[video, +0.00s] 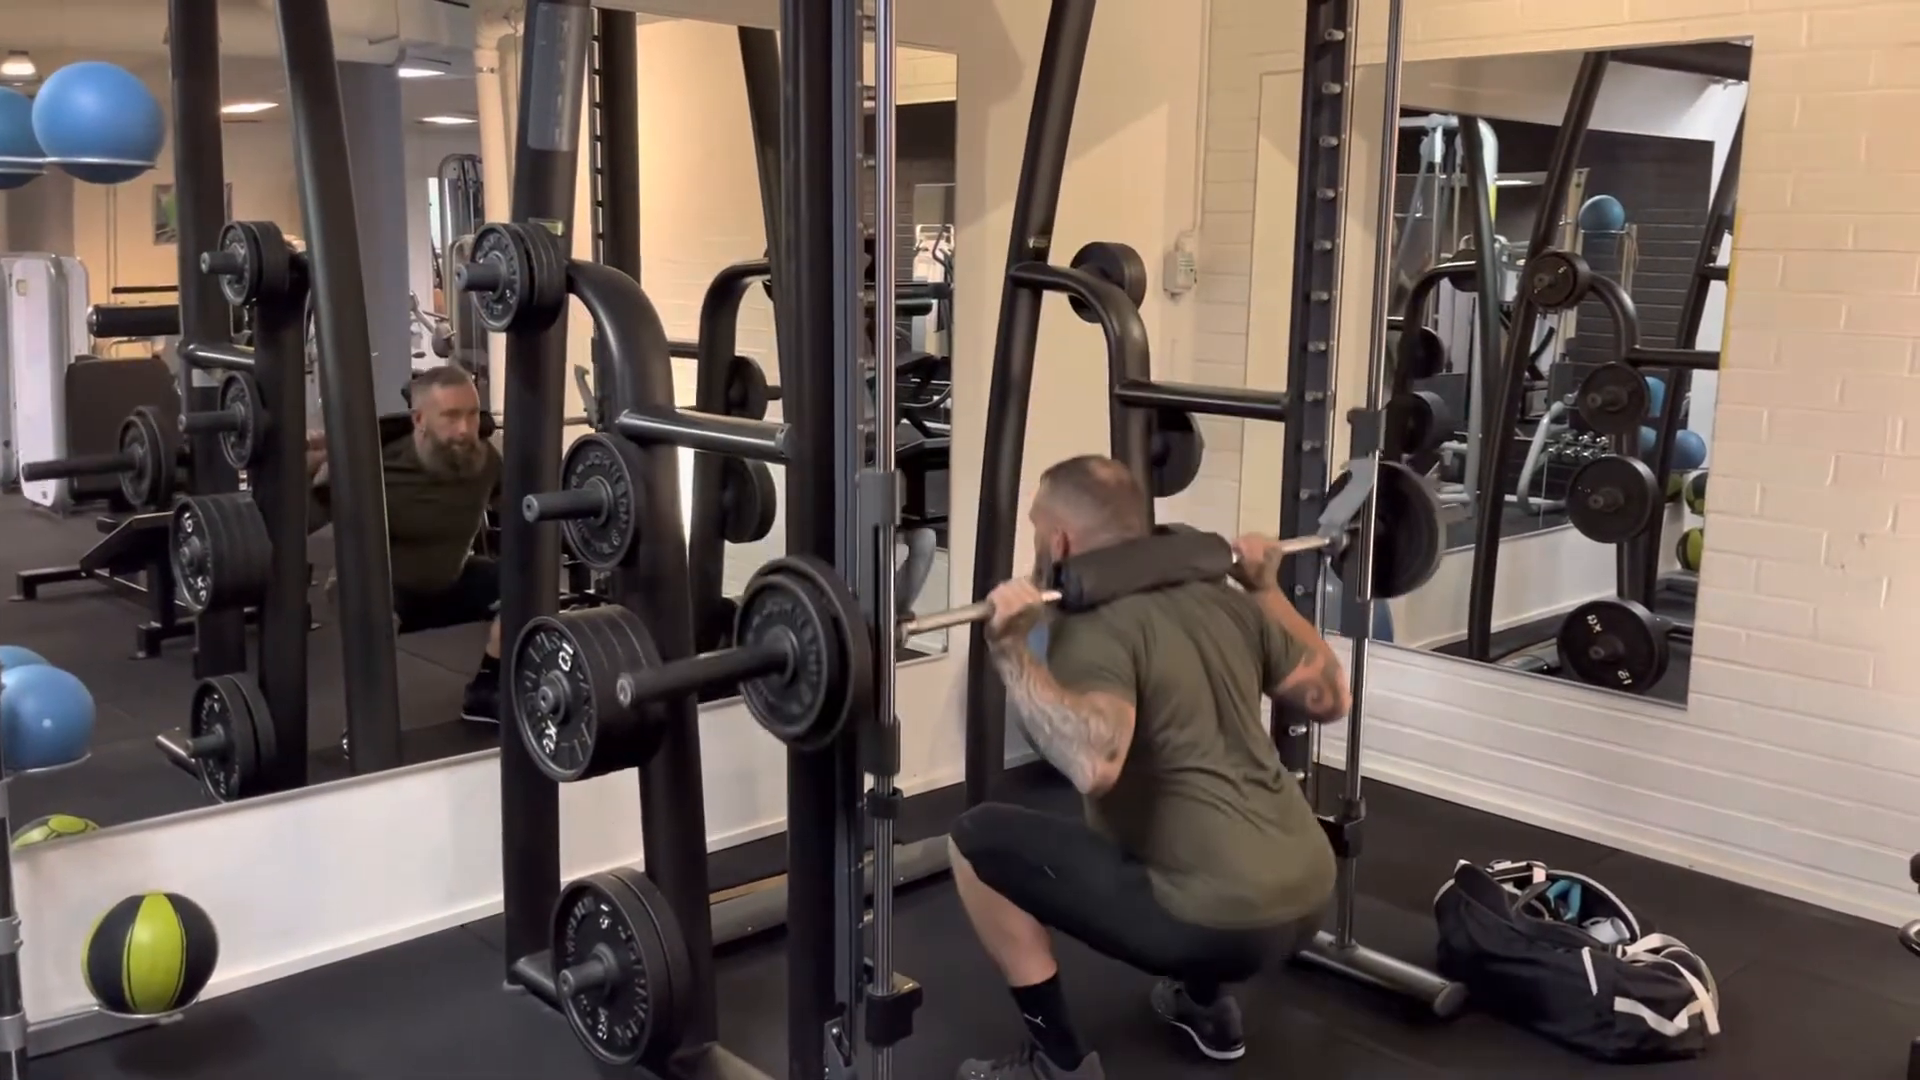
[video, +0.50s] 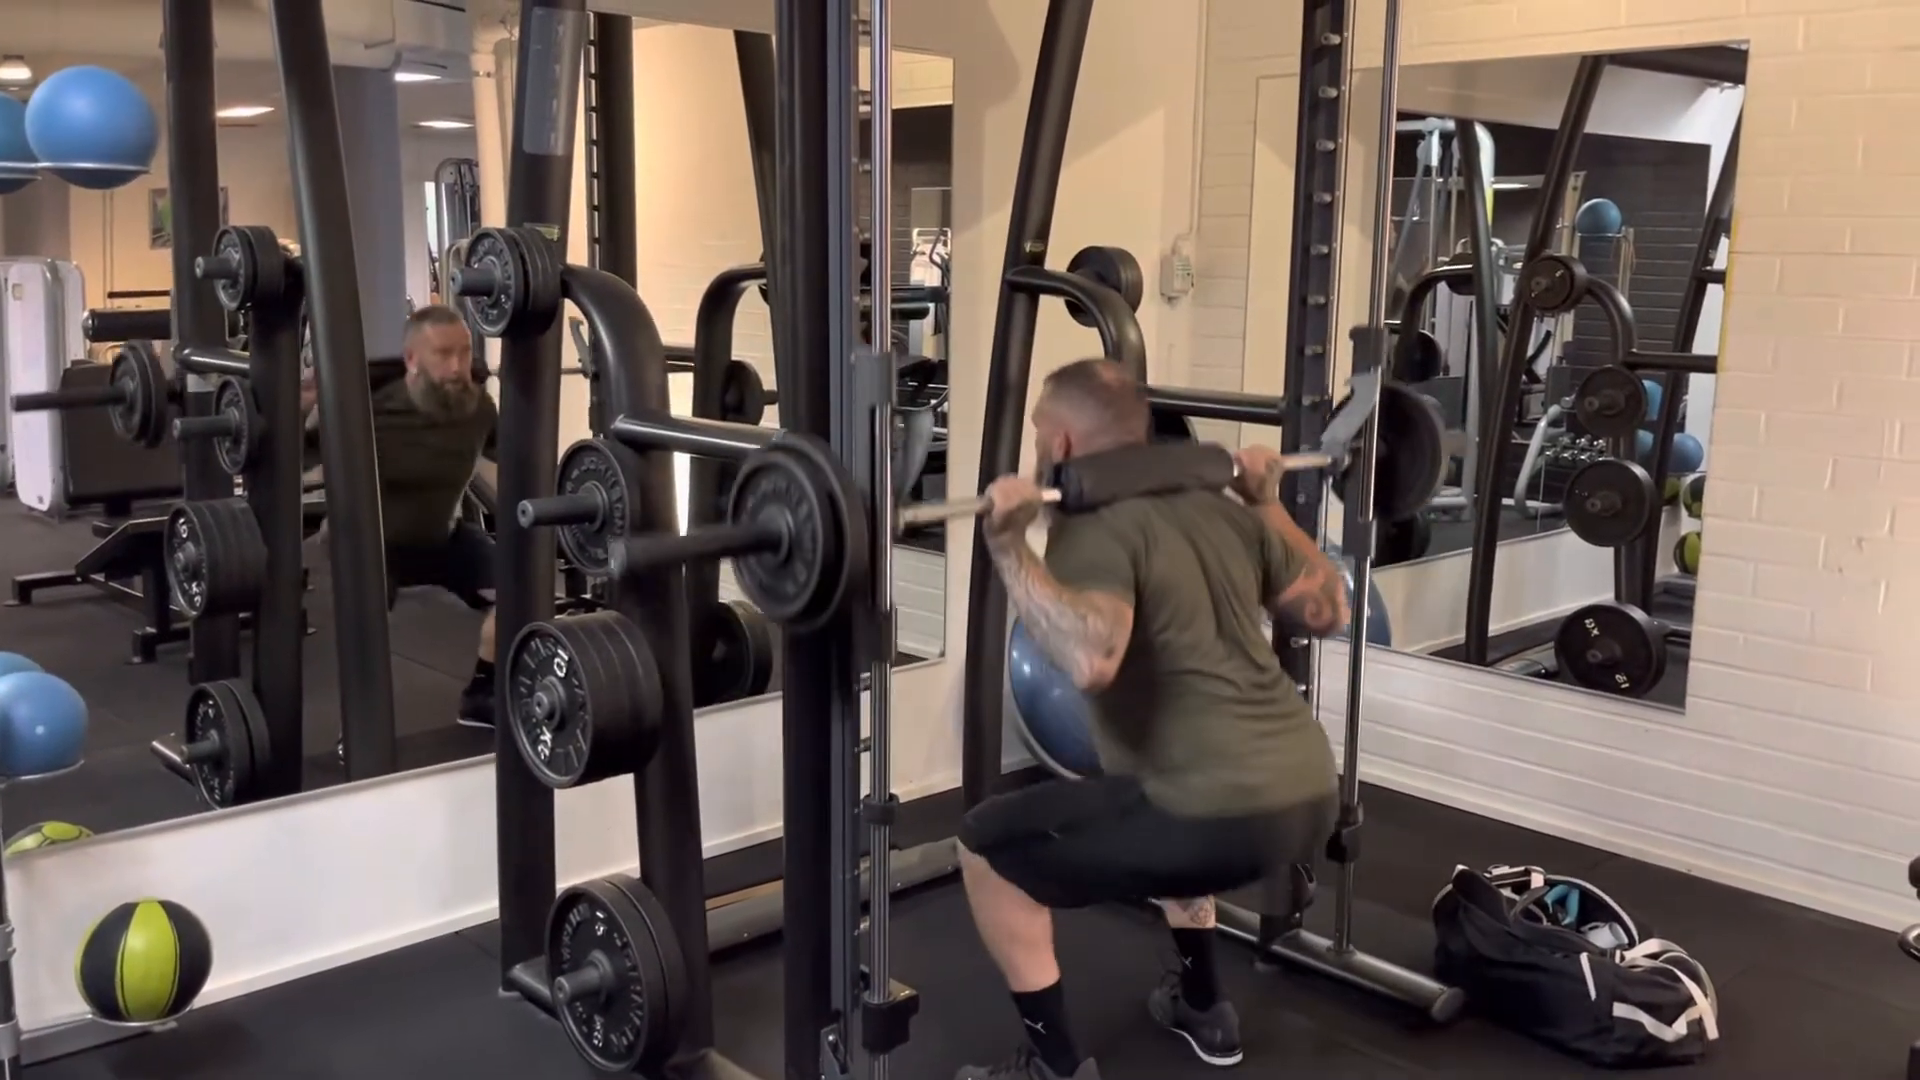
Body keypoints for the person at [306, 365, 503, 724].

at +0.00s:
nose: (465, 429)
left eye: (473, 415)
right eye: (451, 416)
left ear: (481, 414)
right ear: (419, 419)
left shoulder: (488, 464)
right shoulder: (375, 474)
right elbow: (296, 525)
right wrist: (300, 477)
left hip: (451, 584)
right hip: (385, 590)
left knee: (521, 577)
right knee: (368, 612)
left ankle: (489, 685)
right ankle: (366, 723)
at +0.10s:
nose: (464, 435)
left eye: (472, 420)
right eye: (450, 422)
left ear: (480, 419)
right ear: (418, 425)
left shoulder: (486, 469)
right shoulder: (374, 479)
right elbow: (296, 527)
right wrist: (302, 481)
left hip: (449, 589)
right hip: (383, 598)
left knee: (521, 577)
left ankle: (488, 686)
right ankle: (364, 723)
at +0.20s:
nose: (463, 430)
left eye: (470, 416)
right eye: (449, 418)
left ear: (478, 415)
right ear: (417, 420)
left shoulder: (485, 466)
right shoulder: (371, 476)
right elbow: (293, 528)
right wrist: (299, 478)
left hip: (447, 584)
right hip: (379, 592)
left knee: (520, 580)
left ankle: (486, 689)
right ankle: (361, 725)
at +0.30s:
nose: (461, 416)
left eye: (468, 401)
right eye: (448, 403)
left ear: (476, 401)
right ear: (415, 406)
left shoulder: (484, 451)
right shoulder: (373, 464)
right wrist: (299, 469)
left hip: (445, 575)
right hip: (378, 583)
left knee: (516, 578)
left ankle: (485, 690)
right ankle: (359, 722)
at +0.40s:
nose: (459, 393)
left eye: (466, 379)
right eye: (445, 380)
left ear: (474, 380)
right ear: (413, 385)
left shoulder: (481, 433)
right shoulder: (370, 440)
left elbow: (520, 470)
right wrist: (300, 440)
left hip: (443, 558)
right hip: (374, 565)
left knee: (515, 578)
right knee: (359, 612)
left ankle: (484, 692)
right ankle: (359, 724)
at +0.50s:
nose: (458, 367)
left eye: (465, 353)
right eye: (444, 354)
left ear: (473, 354)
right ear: (411, 360)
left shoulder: (478, 410)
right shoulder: (374, 414)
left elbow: (508, 450)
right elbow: (292, 466)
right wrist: (296, 414)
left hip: (441, 541)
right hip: (373, 545)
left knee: (517, 579)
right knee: (364, 609)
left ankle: (484, 691)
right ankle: (359, 721)